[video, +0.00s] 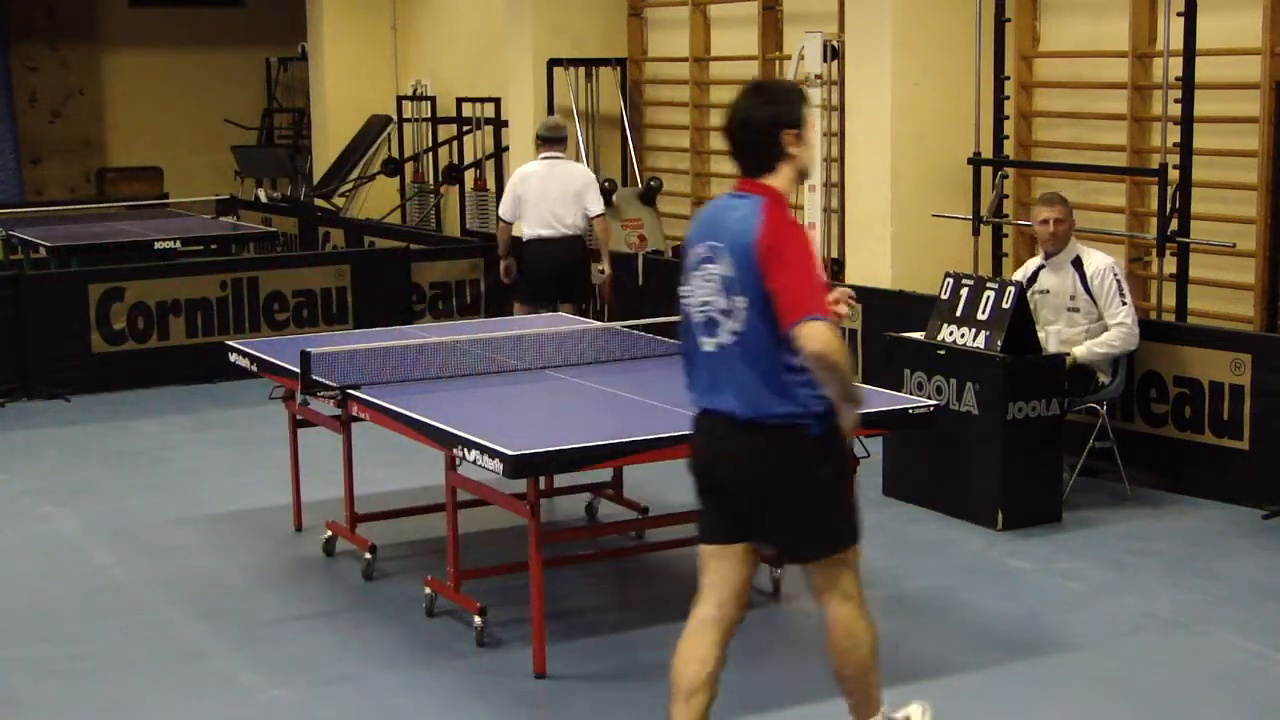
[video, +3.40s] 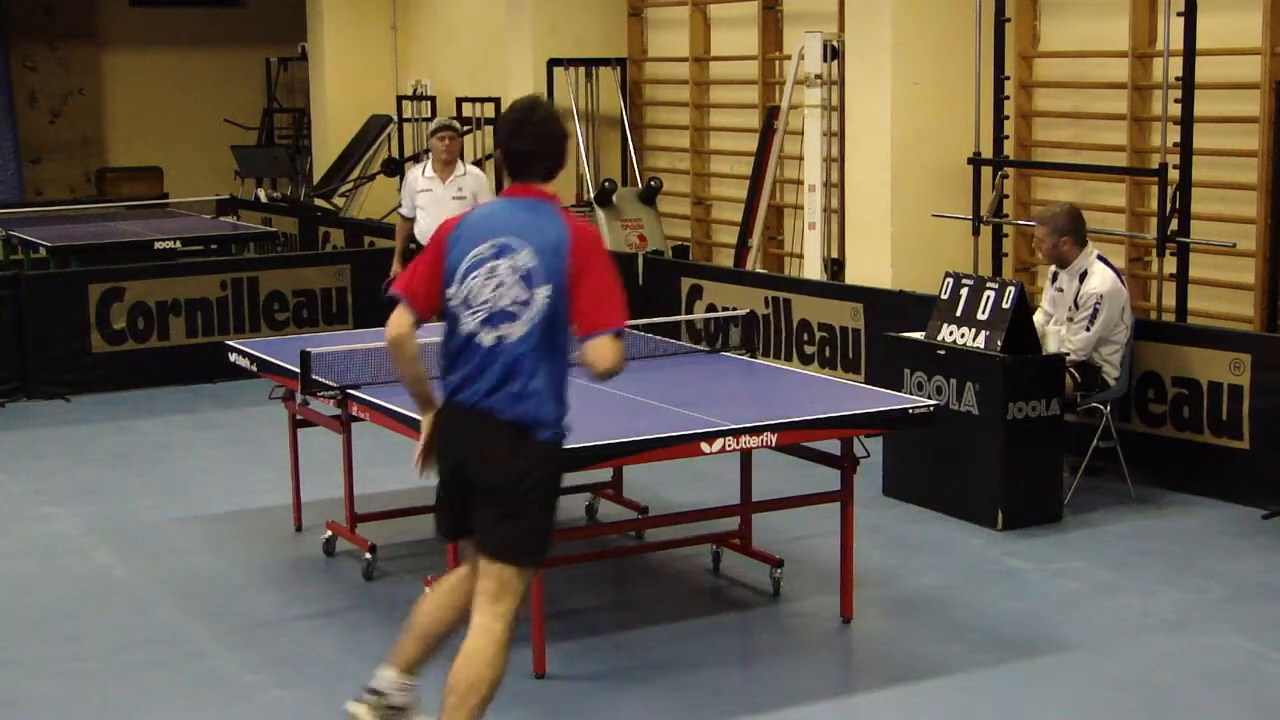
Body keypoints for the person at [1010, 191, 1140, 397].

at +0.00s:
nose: (1051, 230)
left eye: (1059, 222)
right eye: (1044, 223)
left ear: (1072, 225)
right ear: (1034, 228)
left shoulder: (1101, 268)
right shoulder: (1024, 275)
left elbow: (1127, 334)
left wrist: (1073, 357)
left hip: (1088, 374)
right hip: (1035, 373)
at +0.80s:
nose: (1039, 253)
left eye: (1046, 245)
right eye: (1033, 245)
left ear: (1066, 234)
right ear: (1026, 239)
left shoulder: (1099, 269)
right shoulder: (1029, 271)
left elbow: (1101, 338)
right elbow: (1017, 326)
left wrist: (1052, 361)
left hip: (1088, 365)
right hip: (1038, 364)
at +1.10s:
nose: (1046, 264)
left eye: (1054, 259)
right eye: (1044, 257)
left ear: (1076, 248)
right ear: (1039, 246)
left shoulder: (1102, 282)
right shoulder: (1044, 268)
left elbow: (1083, 347)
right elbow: (1035, 320)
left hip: (1092, 367)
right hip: (1050, 359)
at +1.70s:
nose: (1043, 280)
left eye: (1051, 274)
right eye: (1040, 273)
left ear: (1071, 265)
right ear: (1037, 262)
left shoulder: (1096, 300)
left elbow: (1071, 360)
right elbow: (1045, 312)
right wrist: (1018, 340)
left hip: (1097, 372)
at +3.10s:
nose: (1035, 264)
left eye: (1039, 259)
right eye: (1035, 259)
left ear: (1063, 253)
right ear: (1062, 253)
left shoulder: (1098, 292)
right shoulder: (1060, 271)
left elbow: (1076, 351)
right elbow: (1041, 321)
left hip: (1103, 369)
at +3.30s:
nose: (1032, 248)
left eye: (1037, 242)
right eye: (1033, 241)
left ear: (1059, 248)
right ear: (1059, 248)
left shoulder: (1099, 289)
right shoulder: (1057, 267)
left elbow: (1076, 351)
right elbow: (1044, 313)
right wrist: (1016, 339)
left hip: (1100, 370)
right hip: (1065, 356)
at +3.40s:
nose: (1034, 246)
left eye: (1040, 241)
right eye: (1035, 239)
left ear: (1064, 243)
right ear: (1063, 244)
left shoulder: (1101, 287)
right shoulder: (1058, 267)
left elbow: (1076, 351)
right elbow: (1043, 316)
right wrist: (1013, 340)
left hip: (1097, 372)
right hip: (1064, 356)